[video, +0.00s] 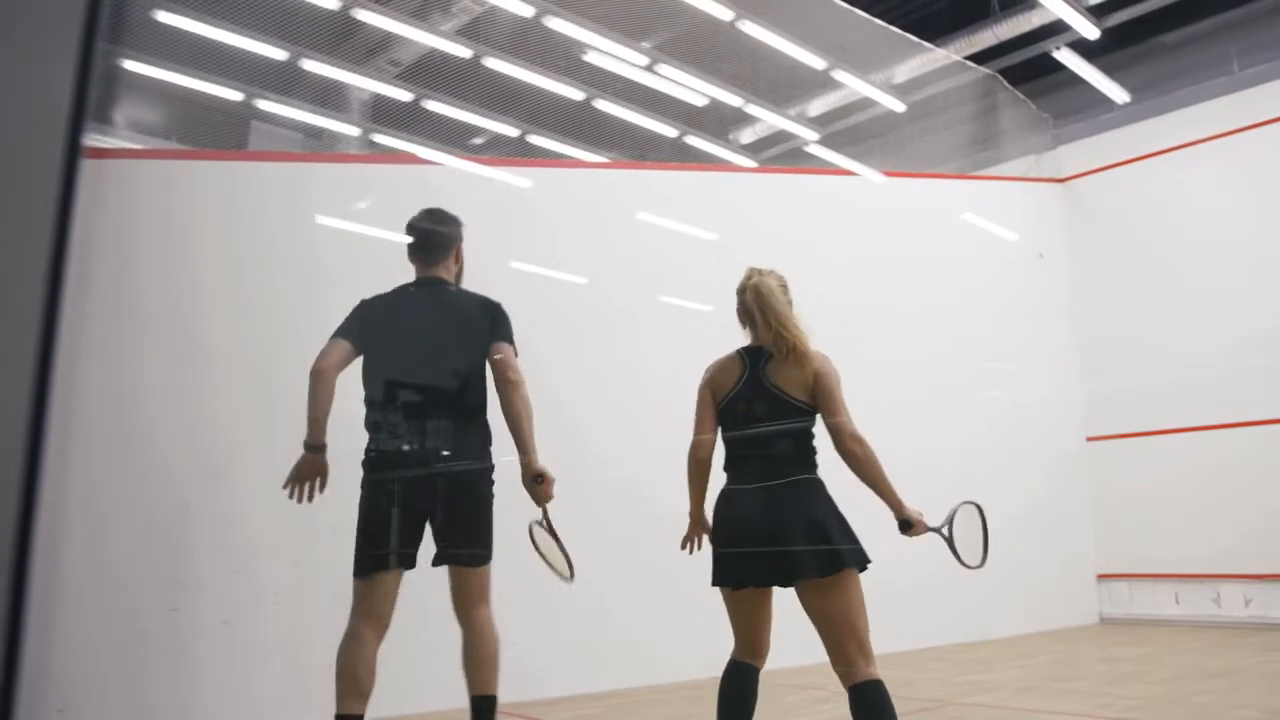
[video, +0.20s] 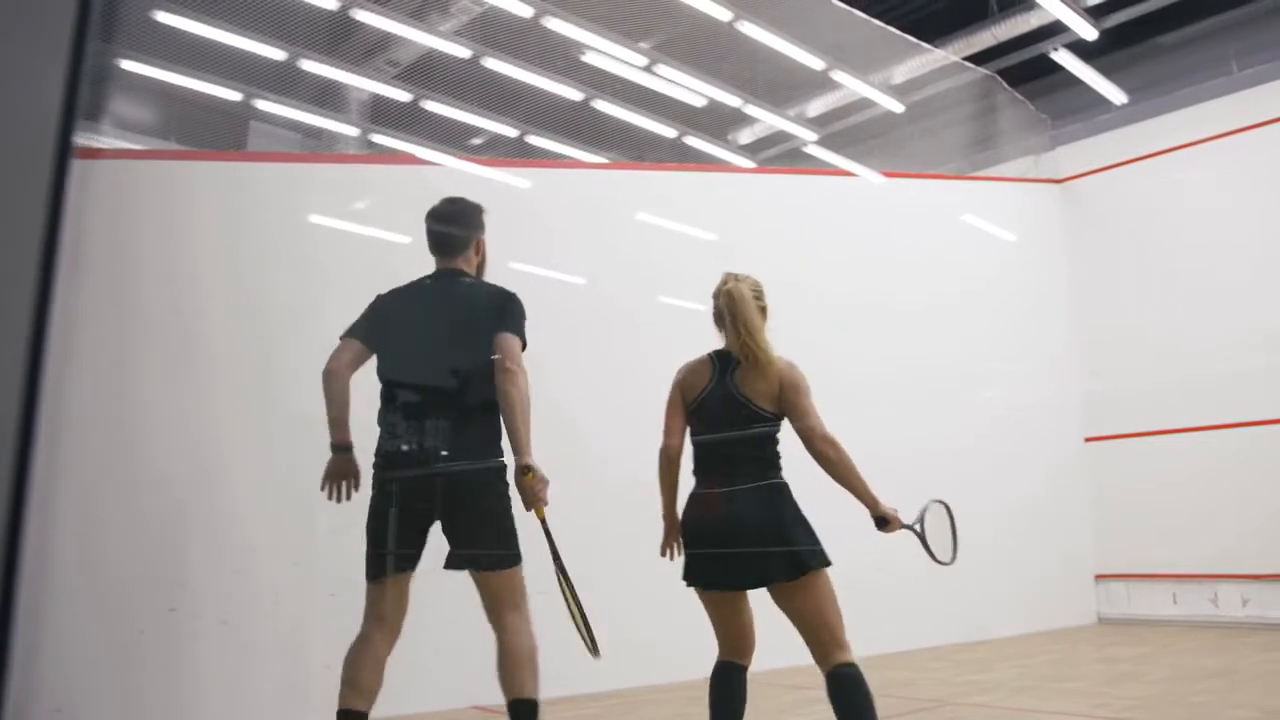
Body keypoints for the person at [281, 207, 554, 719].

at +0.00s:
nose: (463, 260)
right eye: (462, 252)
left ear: (410, 256)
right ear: (457, 255)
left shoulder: (375, 309)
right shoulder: (484, 310)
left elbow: (324, 368)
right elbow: (507, 372)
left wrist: (314, 447)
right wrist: (530, 461)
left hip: (390, 477)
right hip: (465, 479)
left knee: (368, 620)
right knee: (475, 610)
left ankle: (347, 719)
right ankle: (484, 716)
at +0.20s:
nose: (487, 248)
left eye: (482, 240)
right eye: (486, 240)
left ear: (431, 246)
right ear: (478, 245)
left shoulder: (391, 302)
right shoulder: (498, 301)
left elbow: (337, 368)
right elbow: (508, 366)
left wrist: (340, 447)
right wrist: (524, 460)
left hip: (400, 477)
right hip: (473, 478)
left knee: (380, 623)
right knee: (510, 615)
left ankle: (348, 718)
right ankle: (525, 715)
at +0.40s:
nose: (511, 259)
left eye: (508, 251)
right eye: (510, 251)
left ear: (454, 259)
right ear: (502, 257)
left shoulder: (410, 322)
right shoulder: (511, 318)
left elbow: (358, 395)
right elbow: (516, 387)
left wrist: (374, 472)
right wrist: (535, 481)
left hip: (412, 501)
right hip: (484, 498)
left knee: (383, 649)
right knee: (551, 639)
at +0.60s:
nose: (546, 267)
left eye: (543, 258)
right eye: (545, 259)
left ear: (491, 264)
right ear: (539, 261)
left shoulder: (449, 331)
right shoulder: (544, 323)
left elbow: (398, 412)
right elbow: (547, 397)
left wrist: (421, 493)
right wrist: (564, 487)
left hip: (442, 515)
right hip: (512, 513)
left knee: (413, 659)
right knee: (575, 656)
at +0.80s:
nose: (595, 252)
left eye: (589, 245)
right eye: (593, 245)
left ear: (537, 252)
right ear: (589, 248)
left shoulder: (503, 321)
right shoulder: (595, 305)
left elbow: (456, 411)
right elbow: (599, 384)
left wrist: (465, 497)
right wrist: (620, 485)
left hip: (497, 501)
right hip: (568, 498)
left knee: (448, 653)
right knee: (617, 653)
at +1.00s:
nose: (643, 236)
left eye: (634, 228)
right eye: (642, 228)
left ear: (586, 233)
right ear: (636, 230)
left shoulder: (553, 306)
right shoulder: (645, 285)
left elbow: (506, 391)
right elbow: (652, 368)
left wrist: (505, 479)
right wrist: (690, 473)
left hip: (547, 488)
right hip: (622, 486)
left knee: (530, 655)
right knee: (652, 655)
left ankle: (456, 716)